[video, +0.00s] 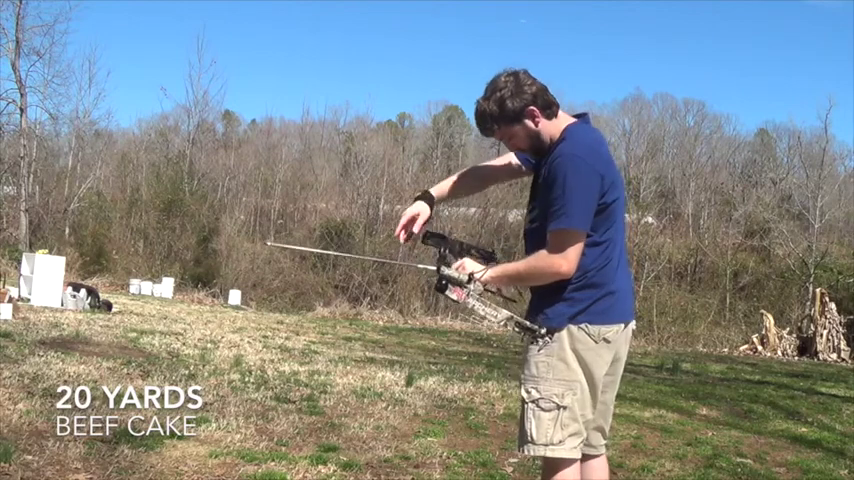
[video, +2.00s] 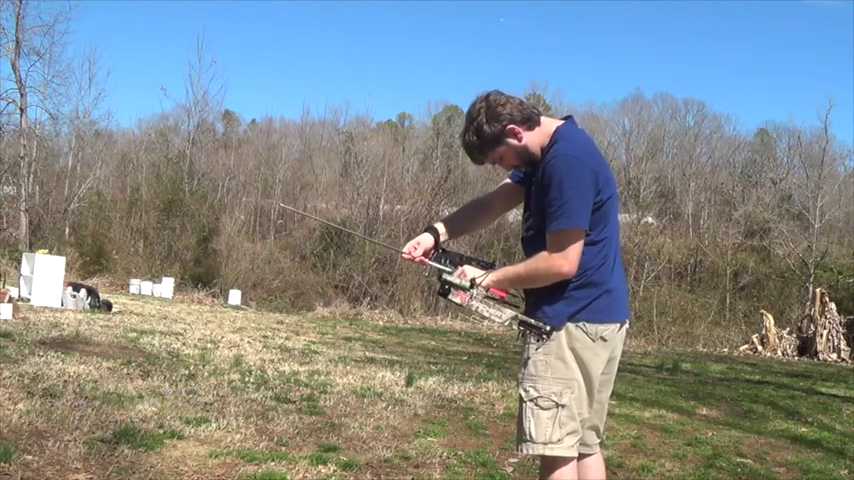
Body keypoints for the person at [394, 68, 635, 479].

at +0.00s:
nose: (509, 147)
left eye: (507, 138)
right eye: (502, 141)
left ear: (532, 115)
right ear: (535, 113)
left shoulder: (572, 155)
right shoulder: (574, 141)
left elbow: (561, 262)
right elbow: (491, 171)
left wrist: (486, 275)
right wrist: (428, 198)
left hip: (574, 321)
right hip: (601, 319)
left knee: (559, 452)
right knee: (591, 447)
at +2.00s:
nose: (502, 166)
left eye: (498, 159)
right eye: (495, 163)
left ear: (514, 132)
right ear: (515, 127)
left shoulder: (566, 159)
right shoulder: (556, 149)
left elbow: (563, 263)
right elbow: (495, 202)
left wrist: (490, 278)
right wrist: (437, 234)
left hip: (572, 319)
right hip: (591, 315)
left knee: (557, 449)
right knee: (585, 444)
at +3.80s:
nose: (495, 143)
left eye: (494, 131)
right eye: (489, 136)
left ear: (520, 110)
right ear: (524, 110)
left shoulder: (558, 156)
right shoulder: (568, 142)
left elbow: (545, 260)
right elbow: (514, 201)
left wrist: (473, 282)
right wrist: (469, 196)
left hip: (567, 320)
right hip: (600, 316)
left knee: (554, 451)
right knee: (587, 444)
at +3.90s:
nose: (494, 140)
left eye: (492, 127)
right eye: (489, 130)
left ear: (519, 108)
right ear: (525, 107)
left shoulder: (555, 153)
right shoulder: (580, 139)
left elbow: (536, 262)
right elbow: (566, 219)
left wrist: (466, 289)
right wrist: (508, 199)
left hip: (566, 317)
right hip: (604, 314)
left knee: (555, 450)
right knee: (587, 443)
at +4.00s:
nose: (494, 138)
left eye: (491, 125)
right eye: (487, 129)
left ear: (517, 106)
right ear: (524, 105)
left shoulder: (549, 153)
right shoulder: (583, 139)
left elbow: (529, 259)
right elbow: (585, 240)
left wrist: (460, 295)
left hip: (564, 320)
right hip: (605, 316)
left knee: (555, 451)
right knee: (588, 444)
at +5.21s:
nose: (499, 147)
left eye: (494, 136)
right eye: (492, 140)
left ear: (505, 111)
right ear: (541, 107)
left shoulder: (526, 151)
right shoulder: (596, 144)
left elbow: (520, 254)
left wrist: (477, 314)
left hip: (565, 311)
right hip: (618, 307)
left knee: (553, 450)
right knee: (598, 448)